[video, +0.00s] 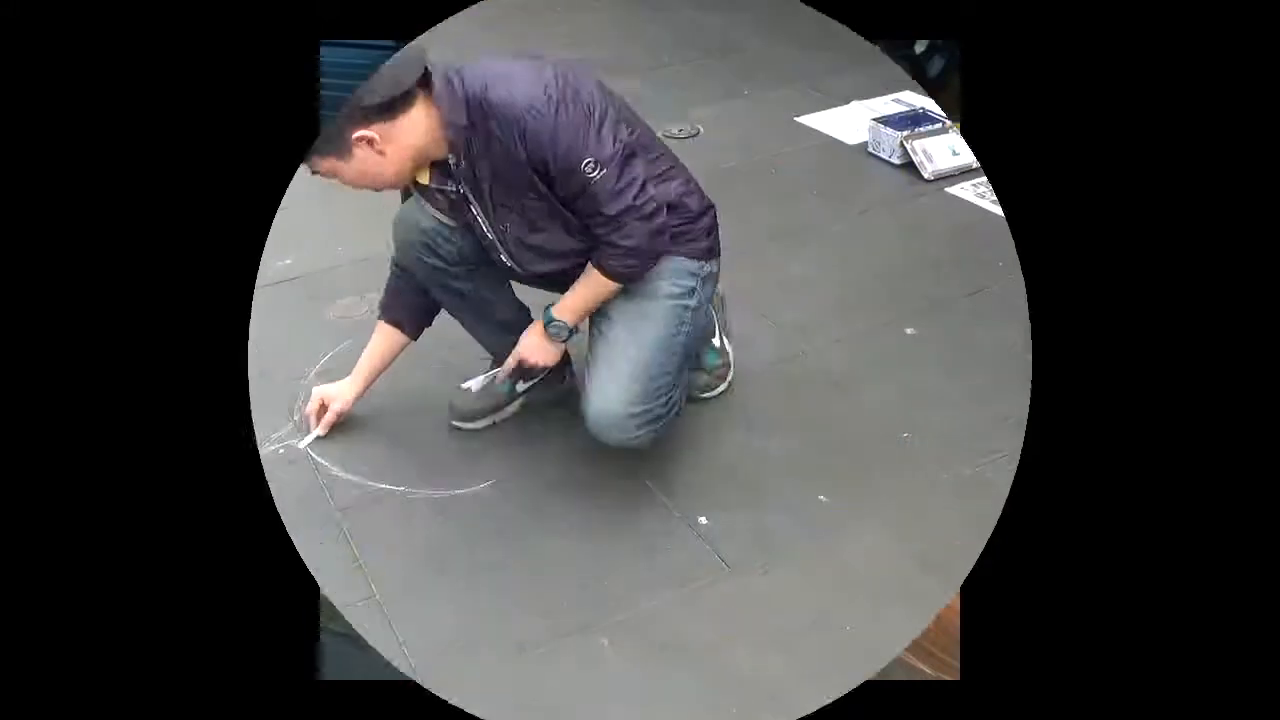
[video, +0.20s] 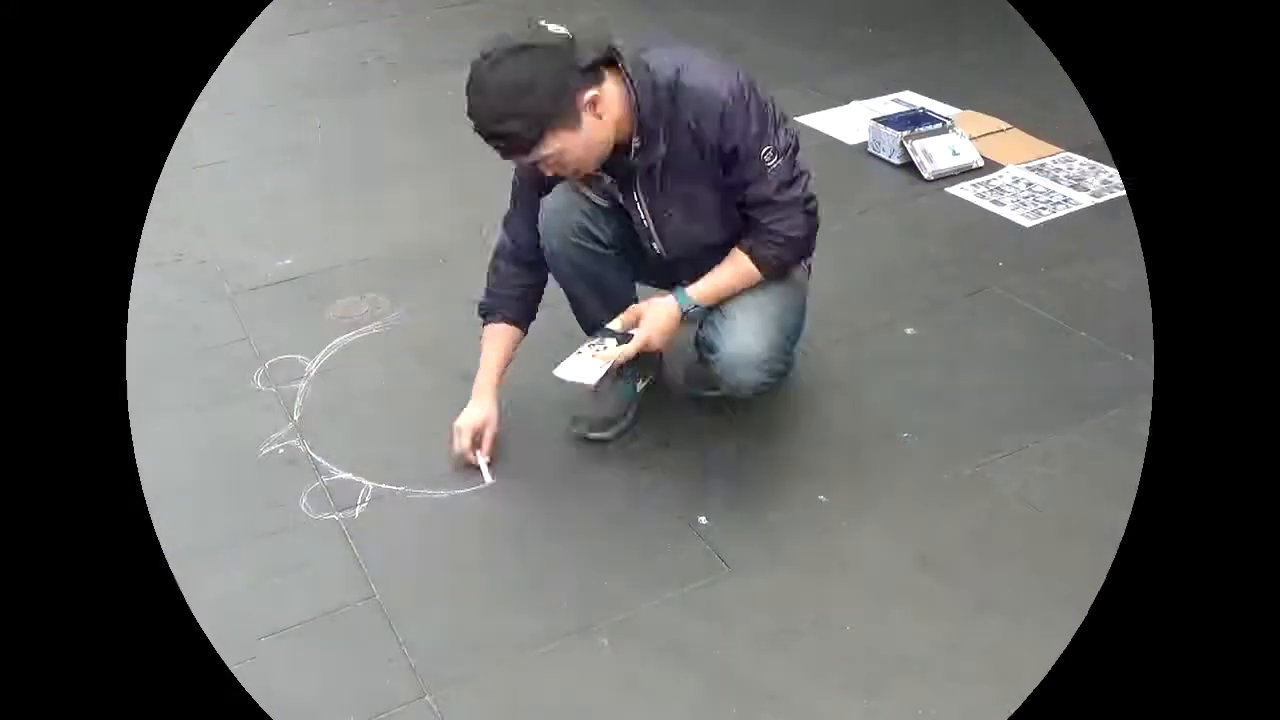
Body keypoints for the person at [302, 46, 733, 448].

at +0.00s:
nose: (352, 187)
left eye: (336, 174)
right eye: (335, 179)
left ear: (367, 143)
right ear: (369, 138)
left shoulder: (537, 107)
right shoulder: (427, 155)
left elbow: (640, 235)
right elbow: (417, 278)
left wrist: (554, 326)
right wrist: (353, 384)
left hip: (662, 247)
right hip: (568, 252)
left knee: (617, 422)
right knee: (421, 228)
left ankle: (698, 320)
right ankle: (529, 363)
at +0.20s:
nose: (549, 173)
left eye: (550, 158)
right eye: (538, 164)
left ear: (592, 106)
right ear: (591, 104)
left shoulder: (719, 101)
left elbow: (787, 230)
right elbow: (518, 263)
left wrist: (682, 304)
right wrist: (484, 391)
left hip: (745, 259)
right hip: (657, 257)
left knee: (746, 367)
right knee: (561, 214)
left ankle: (715, 355)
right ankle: (628, 358)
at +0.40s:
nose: (609, 48)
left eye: (611, 34)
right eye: (603, 37)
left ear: (661, 11)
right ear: (657, 9)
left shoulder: (782, 61)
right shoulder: (684, 23)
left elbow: (811, 202)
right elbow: (612, 73)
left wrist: (702, 229)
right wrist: (522, 139)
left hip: (816, 210)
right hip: (738, 168)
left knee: (729, 324)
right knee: (611, 123)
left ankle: (790, 317)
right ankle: (645, 267)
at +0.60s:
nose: (465, 190)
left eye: (458, 179)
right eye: (455, 183)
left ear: (496, 147)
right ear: (497, 142)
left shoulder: (639, 108)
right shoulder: (522, 149)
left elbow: (742, 217)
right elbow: (497, 246)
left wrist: (639, 291)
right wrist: (446, 340)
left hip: (723, 230)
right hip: (634, 239)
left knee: (730, 324)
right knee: (516, 221)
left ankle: (698, 319)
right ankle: (614, 323)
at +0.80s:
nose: (479, 178)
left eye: (469, 168)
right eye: (467, 174)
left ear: (499, 126)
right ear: (499, 120)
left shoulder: (643, 109)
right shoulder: (532, 125)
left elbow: (733, 237)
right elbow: (516, 237)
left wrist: (631, 294)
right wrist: (478, 329)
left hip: (739, 233)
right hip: (647, 232)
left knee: (702, 348)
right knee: (526, 207)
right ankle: (610, 321)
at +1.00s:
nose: (527, 138)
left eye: (520, 128)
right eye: (516, 131)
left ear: (558, 93)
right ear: (559, 87)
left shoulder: (702, 78)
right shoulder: (595, 84)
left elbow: (774, 211)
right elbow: (580, 214)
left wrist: (669, 279)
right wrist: (542, 314)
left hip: (778, 222)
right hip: (692, 206)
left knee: (712, 350)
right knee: (573, 167)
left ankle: (765, 306)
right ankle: (592, 341)